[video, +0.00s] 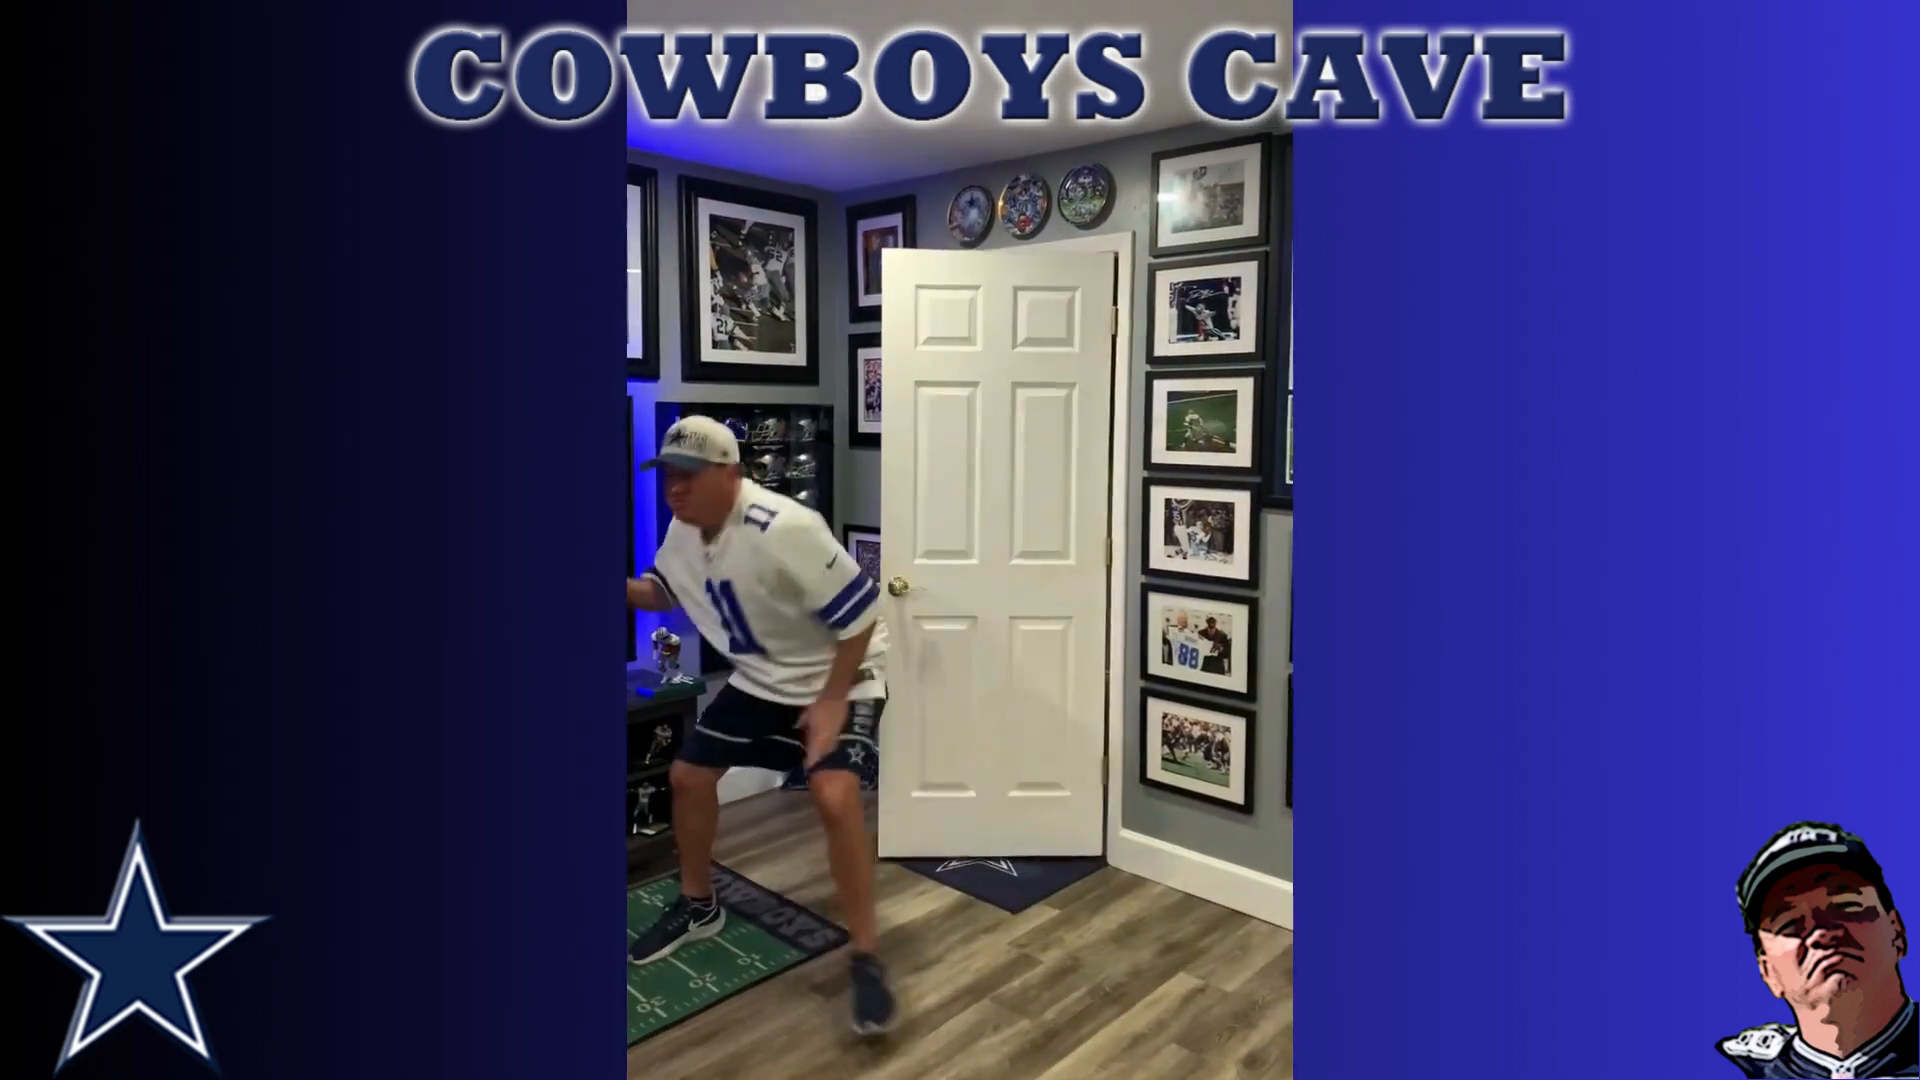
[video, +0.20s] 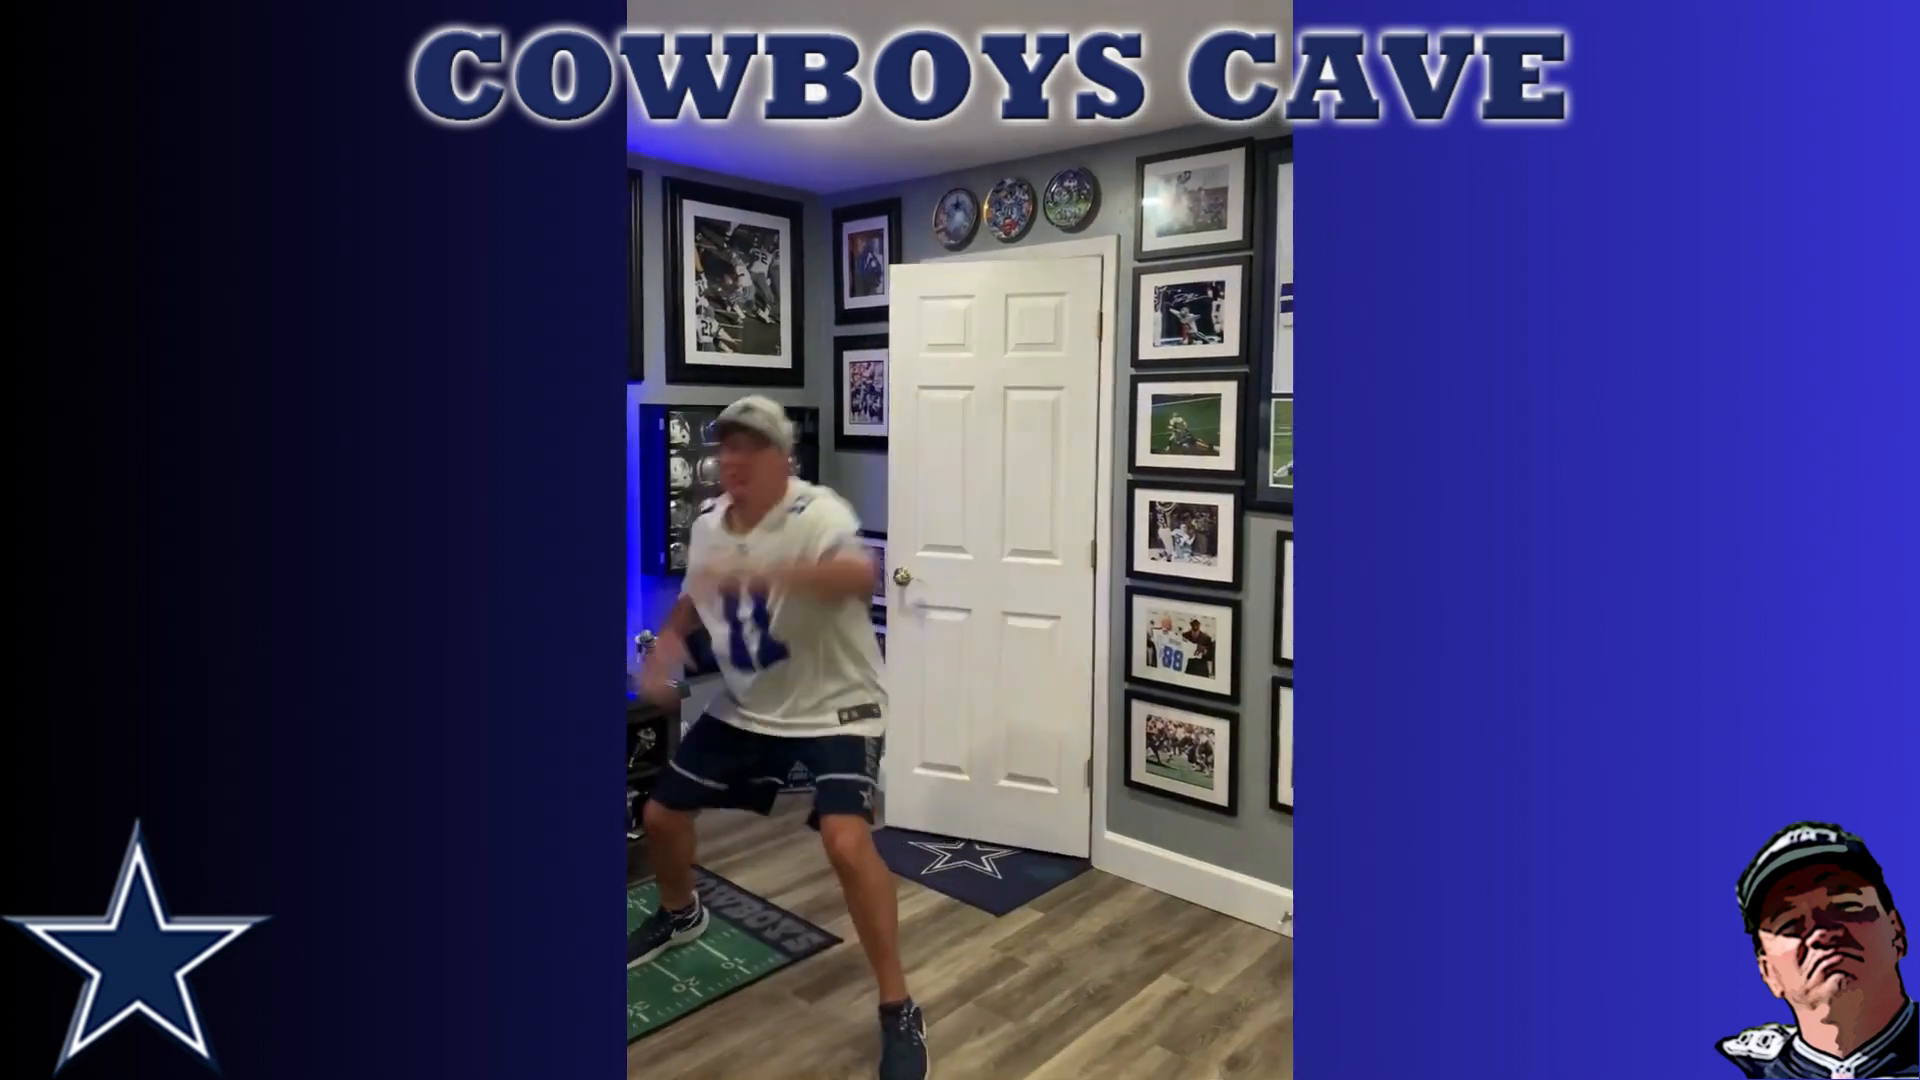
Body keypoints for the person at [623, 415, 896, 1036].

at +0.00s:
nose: (672, 491)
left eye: (685, 479)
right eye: (667, 478)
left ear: (727, 474)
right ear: (666, 478)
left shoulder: (787, 527)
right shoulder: (683, 531)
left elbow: (860, 612)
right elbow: (665, 591)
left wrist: (833, 700)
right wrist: (615, 586)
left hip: (831, 683)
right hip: (755, 679)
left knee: (836, 795)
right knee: (689, 777)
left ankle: (865, 958)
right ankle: (697, 904)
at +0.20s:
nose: (730, 468)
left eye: (745, 453)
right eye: (723, 455)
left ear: (783, 459)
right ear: (716, 462)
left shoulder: (820, 513)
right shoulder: (710, 528)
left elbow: (860, 576)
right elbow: (692, 604)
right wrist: (663, 650)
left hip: (837, 708)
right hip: (746, 705)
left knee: (845, 840)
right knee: (664, 815)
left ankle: (897, 1007)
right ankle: (680, 912)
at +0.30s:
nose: (797, 393)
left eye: (808, 379)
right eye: (783, 379)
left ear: (831, 390)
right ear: (758, 392)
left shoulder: (868, 452)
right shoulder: (730, 483)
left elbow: (947, 421)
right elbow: (724, 584)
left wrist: (870, 379)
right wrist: (726, 668)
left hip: (849, 688)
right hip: (761, 690)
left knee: (853, 850)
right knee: (696, 807)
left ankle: (880, 1011)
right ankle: (663, 902)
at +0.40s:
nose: (807, 326)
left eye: (821, 314)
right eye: (796, 311)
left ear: (847, 317)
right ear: (773, 314)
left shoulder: (892, 379)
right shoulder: (730, 397)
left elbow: (998, 434)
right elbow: (691, 511)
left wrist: (979, 396)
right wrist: (701, 604)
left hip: (860, 619)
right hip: (767, 622)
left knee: (858, 806)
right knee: (744, 759)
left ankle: (855, 983)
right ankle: (764, 857)